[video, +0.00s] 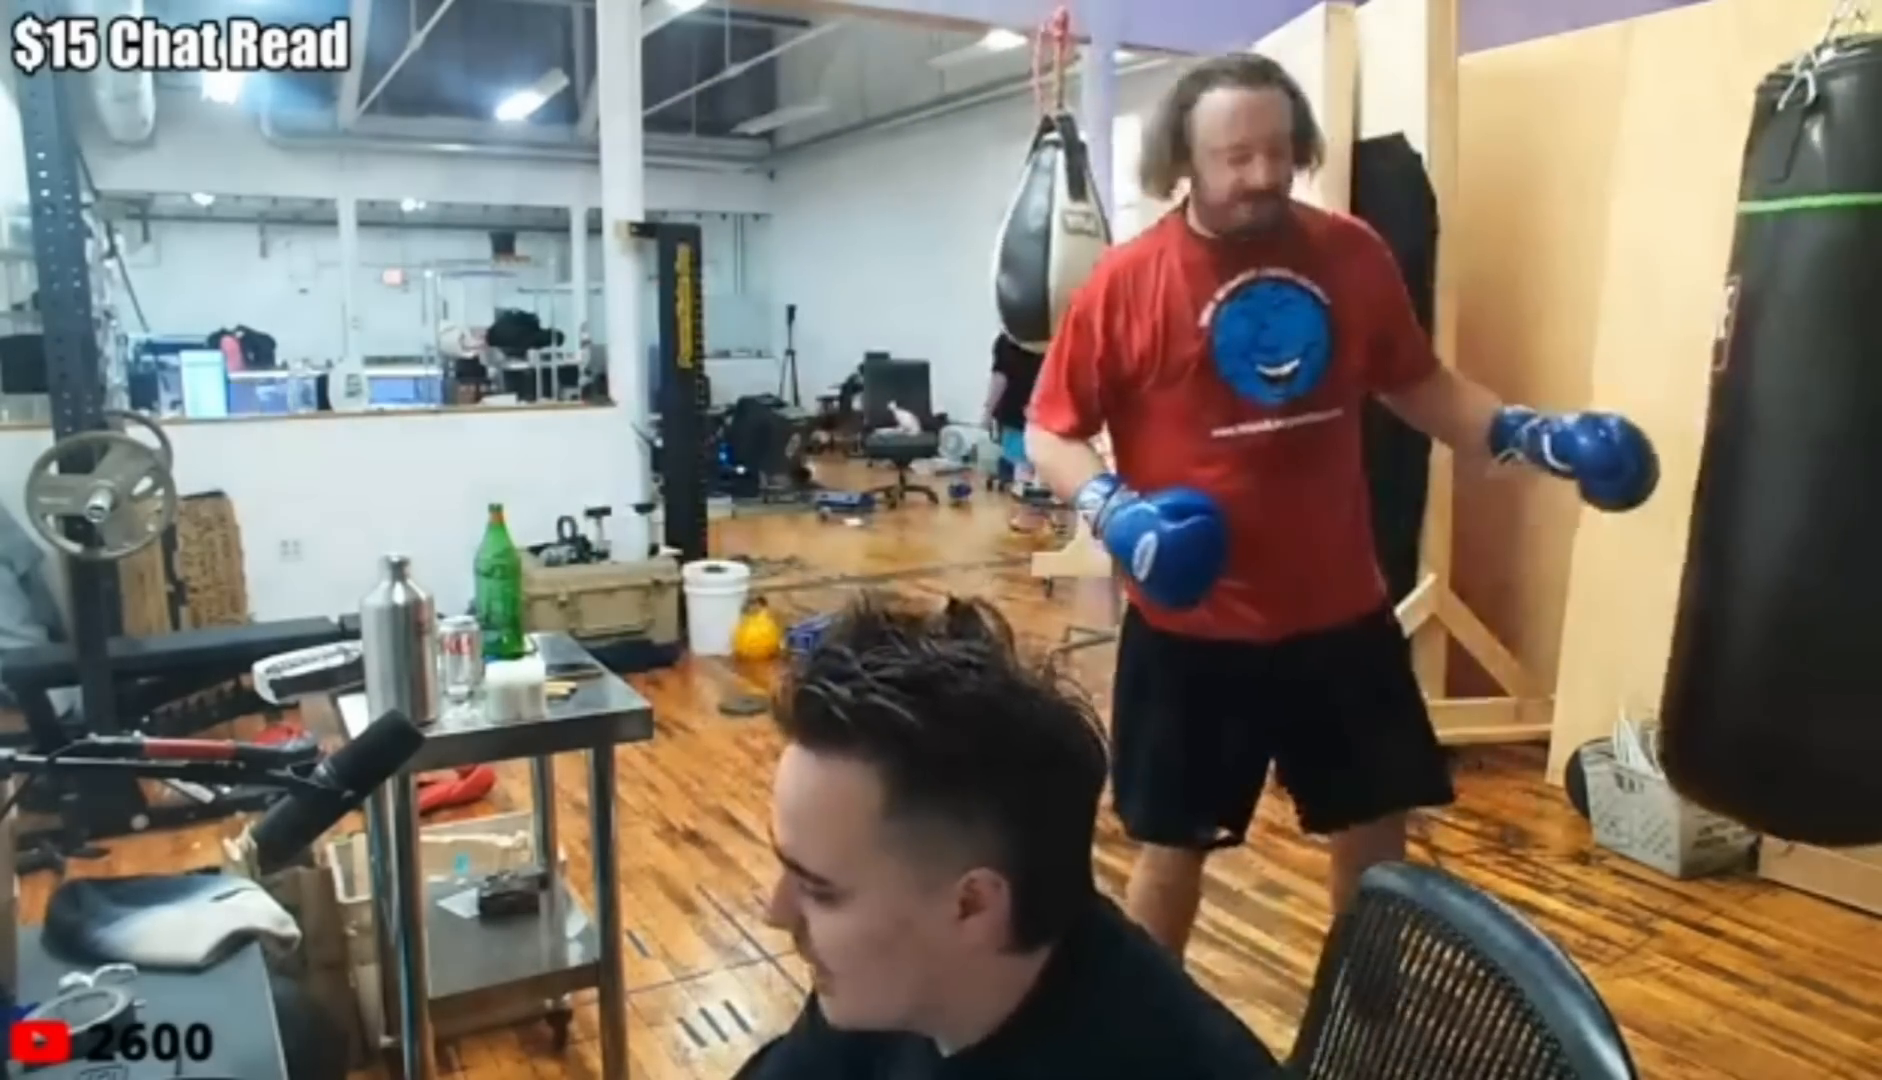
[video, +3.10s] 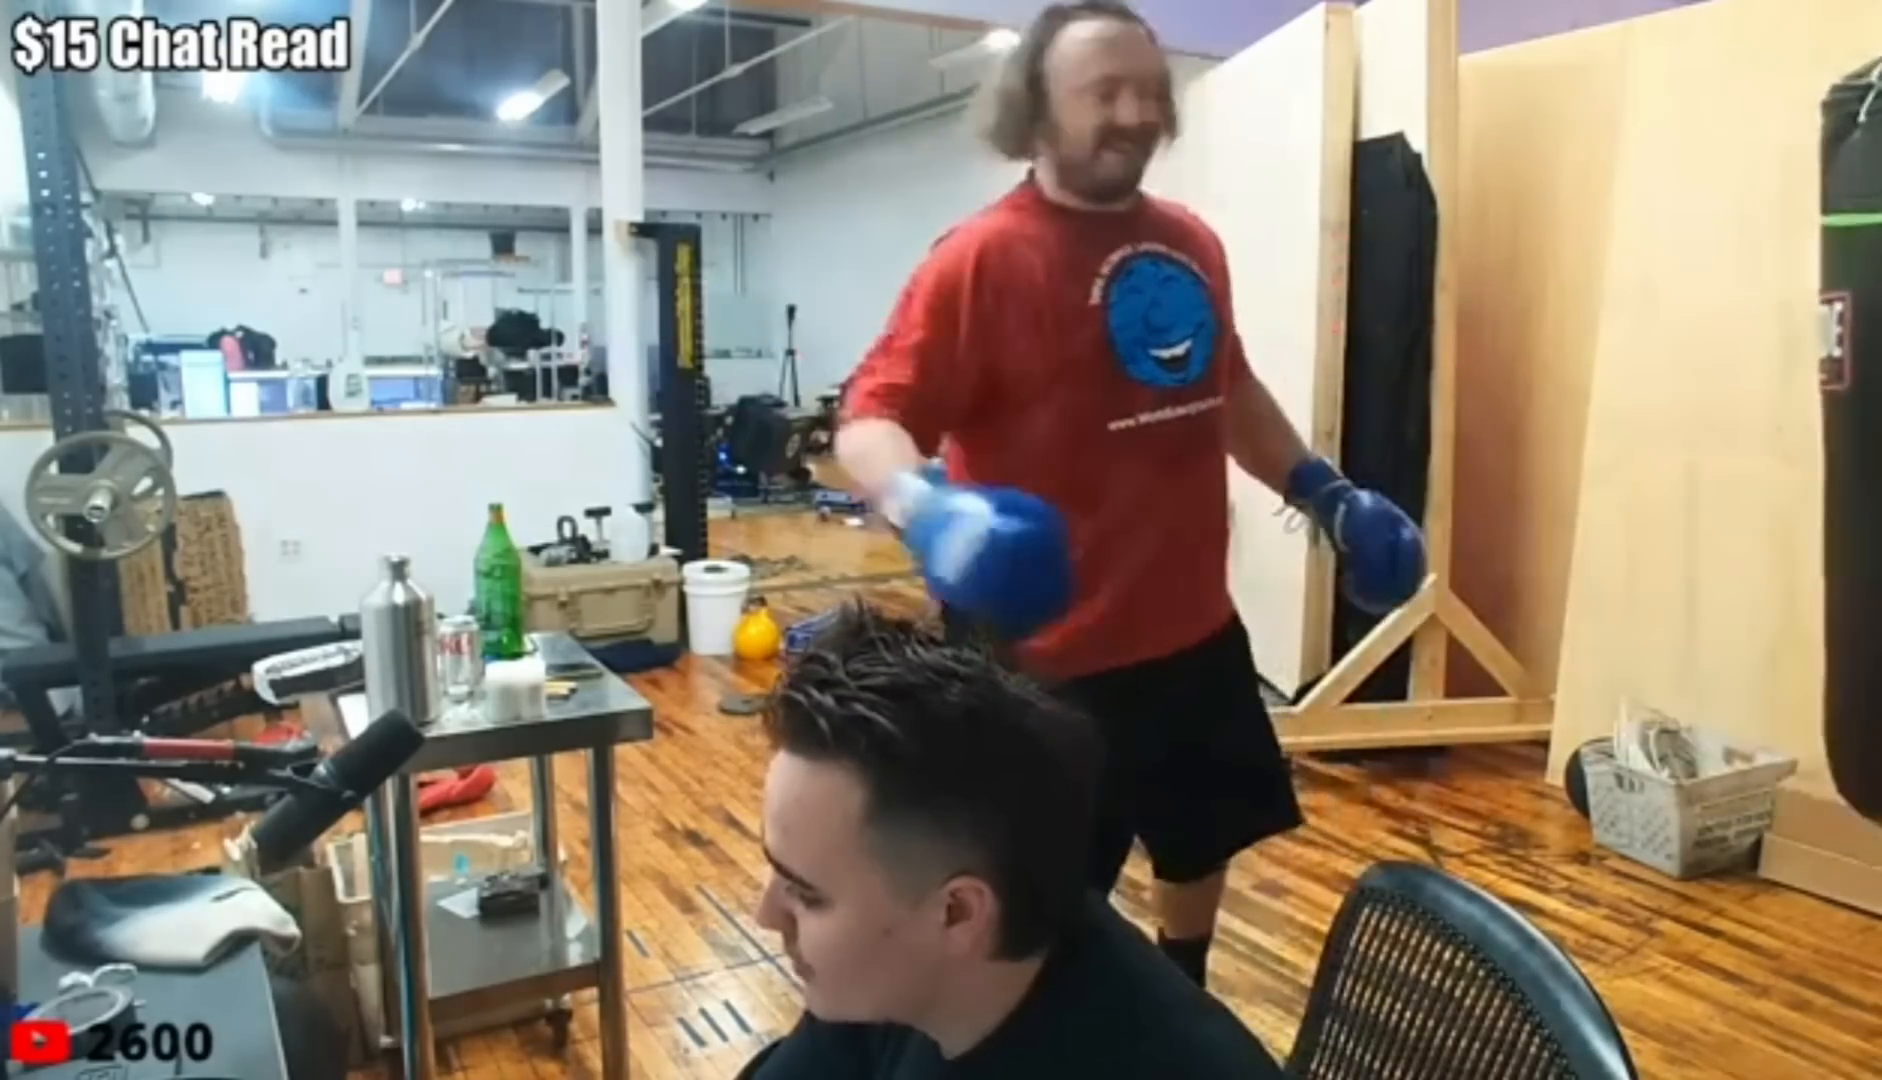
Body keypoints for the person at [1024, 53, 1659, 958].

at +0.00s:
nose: (1261, 176)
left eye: (1278, 153)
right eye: (1236, 156)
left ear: (1299, 154)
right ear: (1185, 162)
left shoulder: (1350, 255)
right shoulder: (1127, 282)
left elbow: (1422, 385)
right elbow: (1050, 431)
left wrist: (1538, 434)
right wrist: (1115, 512)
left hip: (1339, 620)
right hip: (1190, 630)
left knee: (1375, 842)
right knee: (1167, 863)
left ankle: (1377, 1044)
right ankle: (1139, 1054)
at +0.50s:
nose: (1432, 171)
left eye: (1436, 150)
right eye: (1410, 152)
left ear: (1436, 151)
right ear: (1336, 157)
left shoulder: (1445, 276)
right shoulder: (1245, 285)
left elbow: (1510, 401)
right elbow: (1171, 443)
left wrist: (1615, 450)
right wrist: (1272, 527)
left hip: (1413, 622)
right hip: (1283, 626)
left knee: (1392, 826)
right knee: (1247, 827)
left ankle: (1368, 1017)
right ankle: (1153, 1011)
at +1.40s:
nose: (1255, 148)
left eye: (1280, 126)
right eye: (1234, 127)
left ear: (1325, 141)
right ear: (1208, 142)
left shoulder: (1387, 263)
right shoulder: (1155, 274)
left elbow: (1428, 415)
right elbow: (1078, 412)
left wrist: (1482, 556)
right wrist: (1100, 530)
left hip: (1357, 627)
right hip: (1204, 632)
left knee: (1402, 829)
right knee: (1196, 850)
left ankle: (1369, 1038)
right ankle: (1177, 1042)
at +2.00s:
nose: (1257, 128)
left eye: (1280, 102)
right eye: (1233, 112)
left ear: (1331, 122)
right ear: (1208, 140)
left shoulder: (1394, 259)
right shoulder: (1167, 271)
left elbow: (1450, 414)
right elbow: (1060, 389)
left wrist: (1540, 543)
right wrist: (957, 422)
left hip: (1362, 645)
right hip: (1214, 650)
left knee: (1339, 877)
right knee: (1198, 890)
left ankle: (1321, 1057)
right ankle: (1113, 1056)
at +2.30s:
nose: (1157, 130)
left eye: (1178, 104)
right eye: (1133, 118)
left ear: (1234, 117)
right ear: (1111, 149)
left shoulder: (1312, 252)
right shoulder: (1085, 277)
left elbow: (1380, 402)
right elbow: (962, 373)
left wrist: (1480, 521)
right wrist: (834, 341)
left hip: (1317, 657)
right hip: (1158, 676)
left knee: (1320, 889)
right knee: (1109, 925)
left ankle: (1313, 1062)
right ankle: (1096, 1077)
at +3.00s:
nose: (1073, 107)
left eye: (1092, 81)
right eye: (1041, 88)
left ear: (1126, 97)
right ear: (995, 120)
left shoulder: (1179, 236)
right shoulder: (946, 265)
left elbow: (1237, 384)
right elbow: (831, 377)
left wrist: (1343, 500)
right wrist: (839, 437)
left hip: (1188, 630)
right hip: (1034, 658)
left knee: (1217, 844)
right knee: (1064, 889)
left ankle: (1194, 1004)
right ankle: (1064, 1036)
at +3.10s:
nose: (1134, 114)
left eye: (1150, 93)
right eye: (1104, 92)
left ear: (1167, 108)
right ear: (1038, 109)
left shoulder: (1187, 244)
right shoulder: (978, 262)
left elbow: (1232, 394)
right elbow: (869, 421)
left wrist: (1331, 500)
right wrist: (928, 512)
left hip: (1190, 638)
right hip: (1044, 663)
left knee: (1199, 850)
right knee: (1052, 894)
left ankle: (1178, 1022)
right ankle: (1048, 1042)